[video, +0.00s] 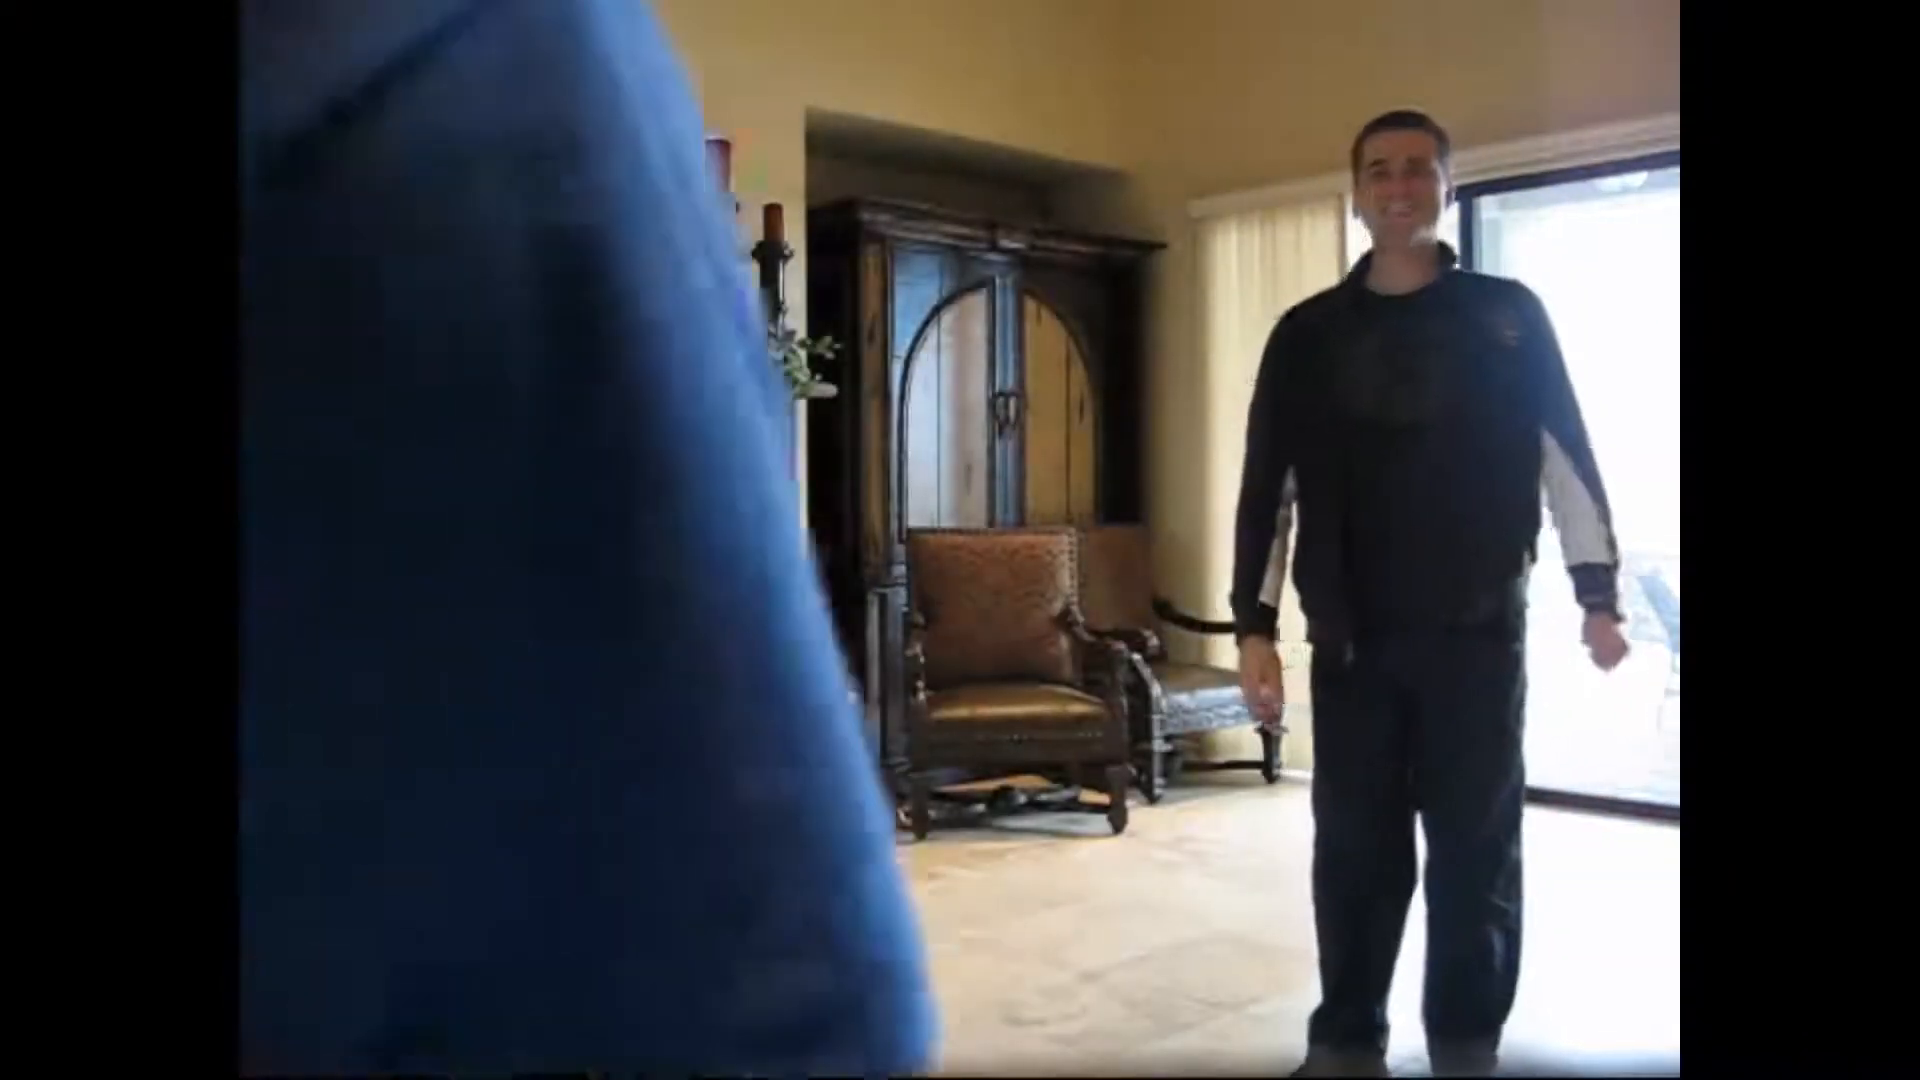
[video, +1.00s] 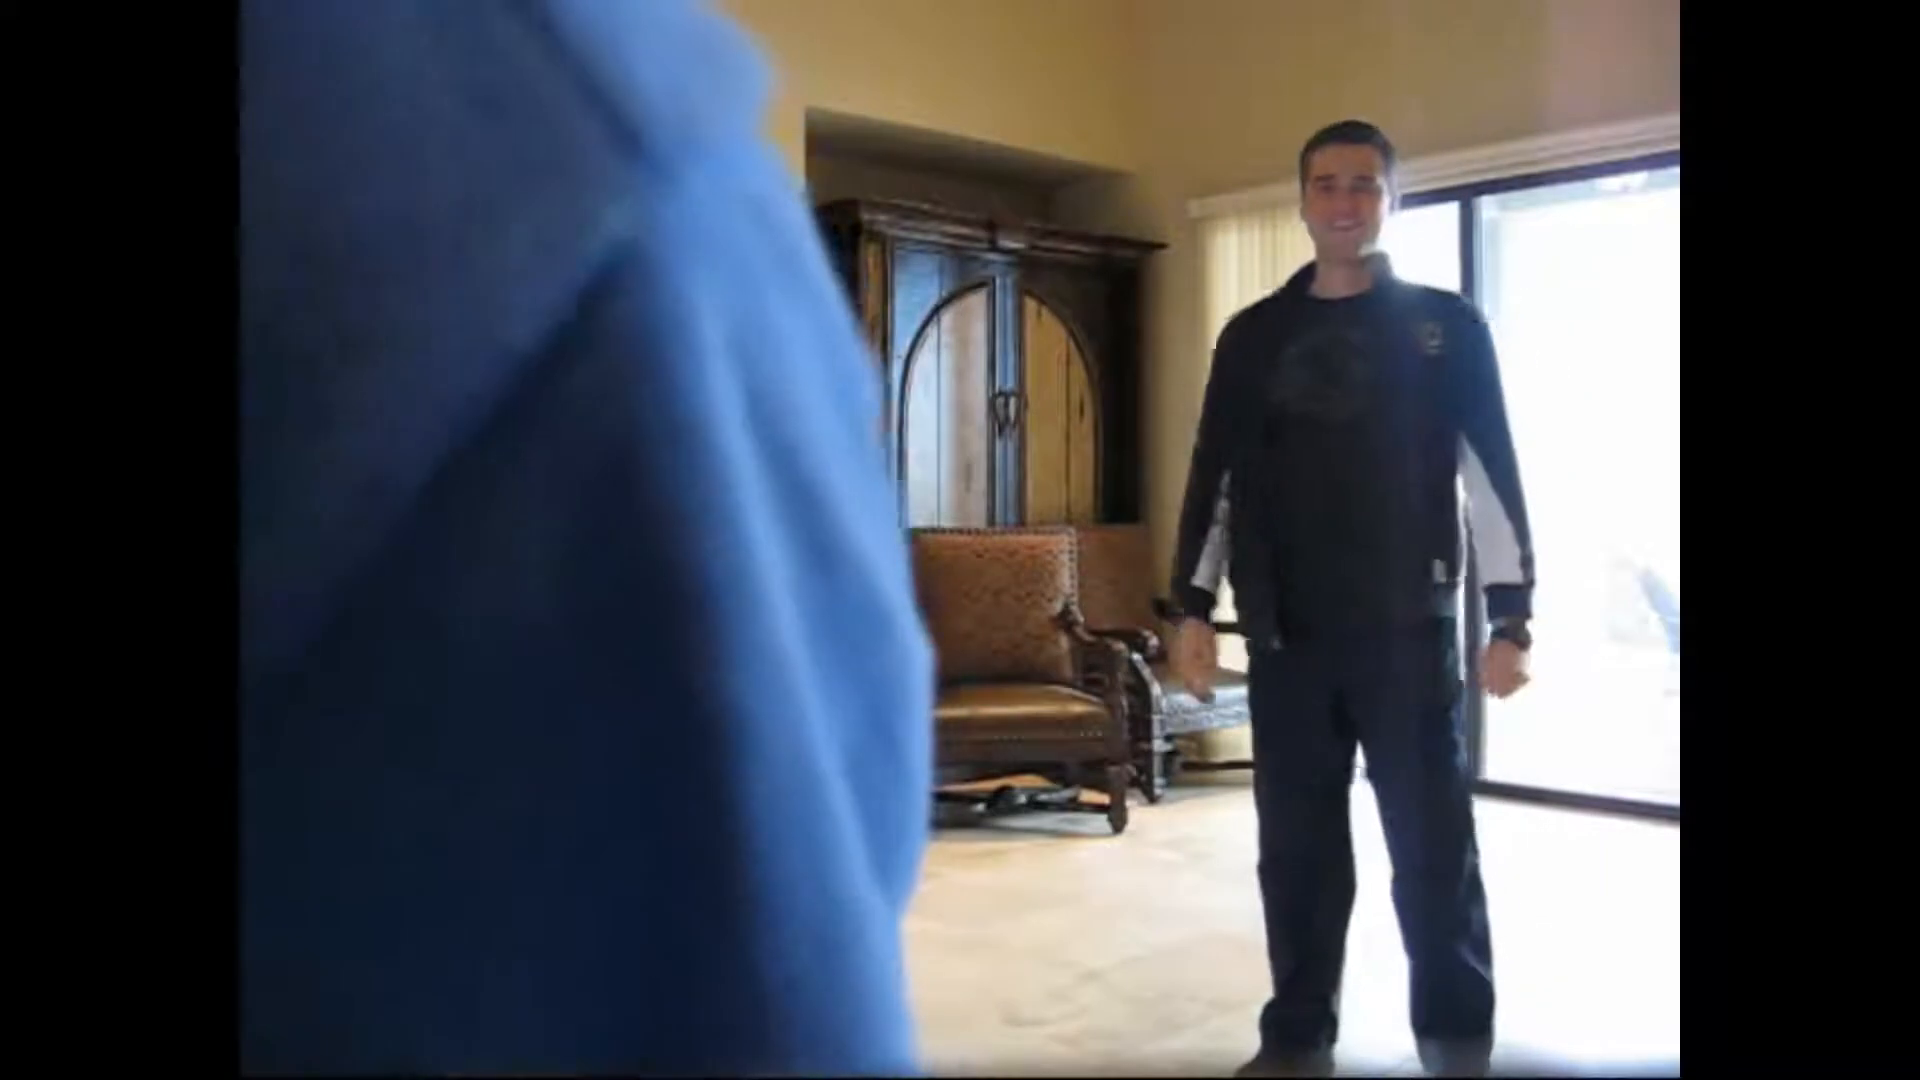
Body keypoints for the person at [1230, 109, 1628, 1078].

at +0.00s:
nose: (1401, 185)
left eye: (1419, 168)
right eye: (1382, 170)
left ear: (1448, 186)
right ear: (1355, 193)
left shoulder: (1507, 311)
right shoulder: (1305, 332)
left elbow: (1568, 457)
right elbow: (1262, 488)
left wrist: (1598, 593)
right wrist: (1251, 623)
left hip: (1474, 632)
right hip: (1351, 635)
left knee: (1475, 856)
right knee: (1353, 853)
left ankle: (1465, 1053)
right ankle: (1345, 1046)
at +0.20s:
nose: (1414, 189)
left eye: (1432, 170)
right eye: (1394, 173)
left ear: (1461, 184)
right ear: (1368, 193)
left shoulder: (1526, 313)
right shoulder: (1324, 332)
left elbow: (1595, 463)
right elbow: (1284, 484)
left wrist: (1643, 601)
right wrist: (1269, 623)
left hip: (1489, 639)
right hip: (1363, 640)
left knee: (1484, 868)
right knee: (1359, 861)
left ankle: (1468, 1059)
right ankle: (1345, 1053)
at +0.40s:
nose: (1419, 188)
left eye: (1437, 171)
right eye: (1399, 173)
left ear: (1469, 186)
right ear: (1373, 192)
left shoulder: (1531, 313)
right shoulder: (1331, 330)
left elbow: (1594, 468)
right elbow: (1292, 483)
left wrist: (1616, 613)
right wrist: (1275, 621)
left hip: (1489, 639)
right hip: (1364, 639)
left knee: (1486, 869)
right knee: (1356, 859)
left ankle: (1469, 1058)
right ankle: (1342, 1050)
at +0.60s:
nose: (1412, 192)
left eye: (1430, 175)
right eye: (1393, 176)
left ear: (1460, 189)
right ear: (1367, 193)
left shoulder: (1520, 315)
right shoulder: (1319, 329)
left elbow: (1563, 477)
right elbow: (1282, 485)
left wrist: (1536, 605)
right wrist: (1270, 620)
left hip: (1478, 634)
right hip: (1352, 635)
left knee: (1480, 864)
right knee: (1333, 851)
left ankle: (1466, 1054)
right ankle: (1308, 1042)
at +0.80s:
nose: (1380, 201)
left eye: (1399, 184)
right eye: (1362, 185)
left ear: (1430, 198)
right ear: (1339, 201)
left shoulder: (1486, 323)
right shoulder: (1288, 336)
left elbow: (1528, 478)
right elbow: (1252, 487)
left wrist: (1516, 612)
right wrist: (1245, 620)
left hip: (1450, 639)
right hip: (1323, 640)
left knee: (1465, 866)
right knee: (1313, 857)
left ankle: (1464, 1057)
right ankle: (1298, 1042)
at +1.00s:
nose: (1343, 201)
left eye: (1362, 184)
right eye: (1326, 184)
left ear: (1390, 198)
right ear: (1301, 200)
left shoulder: (1445, 324)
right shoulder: (1250, 335)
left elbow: (1494, 477)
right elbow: (1210, 478)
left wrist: (1510, 619)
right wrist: (1187, 604)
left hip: (1411, 633)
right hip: (1287, 637)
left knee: (1434, 853)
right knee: (1295, 853)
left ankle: (1457, 1049)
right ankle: (1295, 1040)